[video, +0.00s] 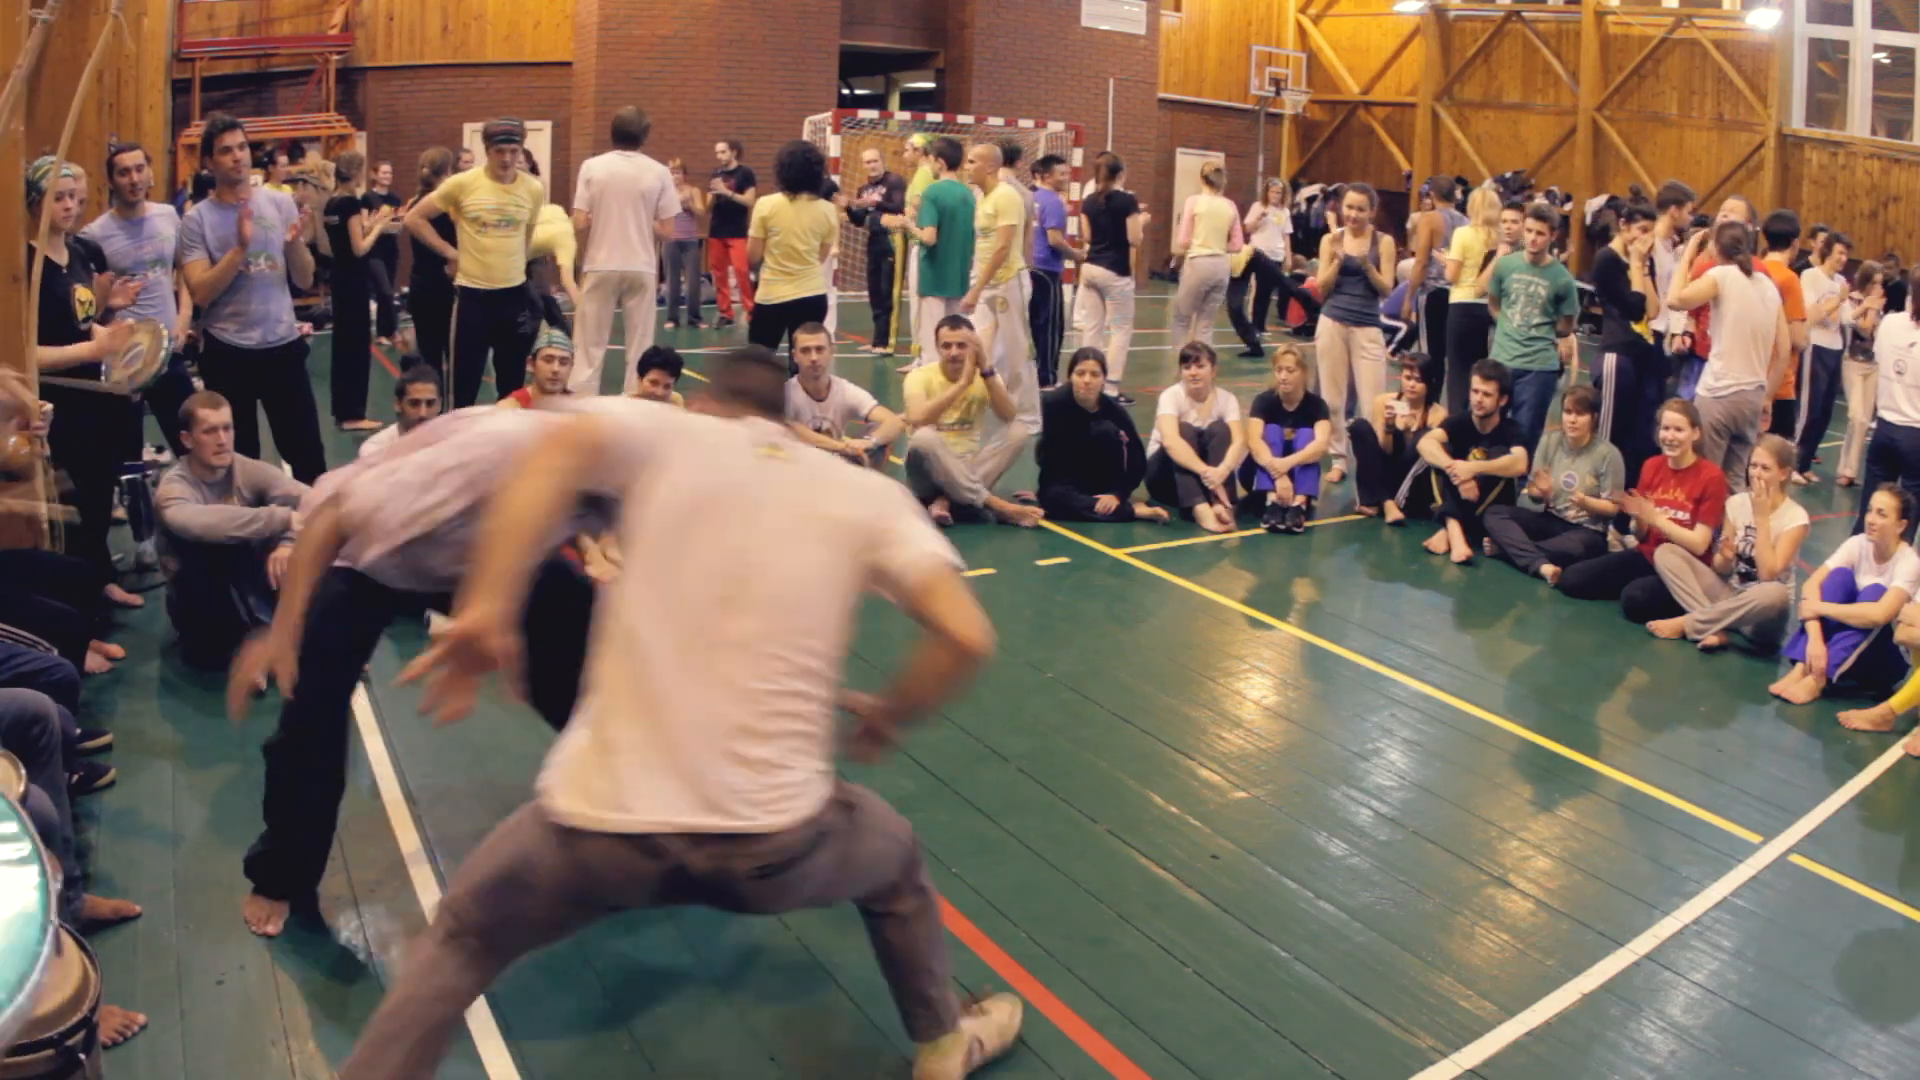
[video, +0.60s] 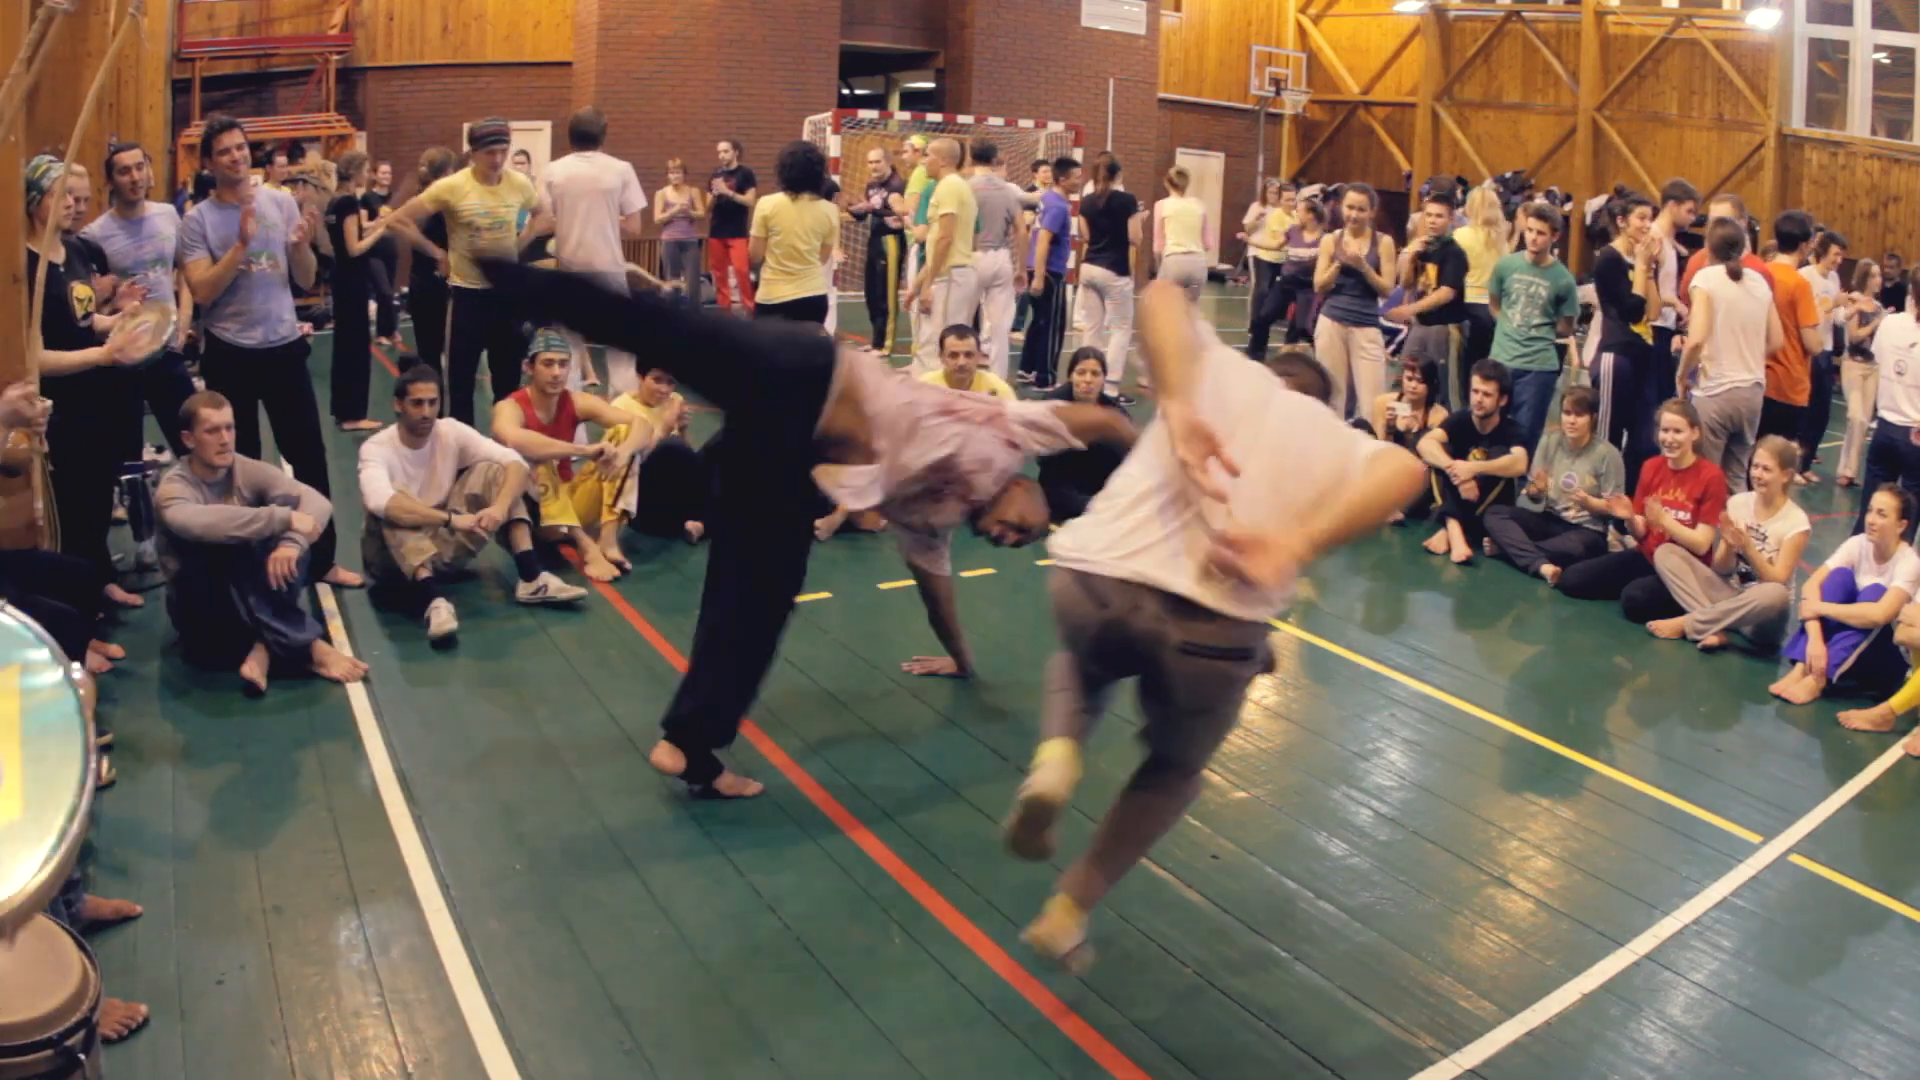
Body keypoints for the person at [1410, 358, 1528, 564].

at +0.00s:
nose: (1478, 399)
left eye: (1487, 395)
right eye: (1475, 392)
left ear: (1503, 400)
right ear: (1469, 392)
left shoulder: (1511, 428)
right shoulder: (1459, 420)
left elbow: (1520, 465)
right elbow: (1425, 444)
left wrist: (1473, 467)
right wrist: (1459, 475)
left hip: (1493, 511)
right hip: (1454, 506)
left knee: (1499, 456)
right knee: (1438, 455)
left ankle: (1449, 529)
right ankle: (1454, 530)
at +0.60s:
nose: (1478, 399)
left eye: (1487, 395)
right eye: (1475, 392)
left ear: (1502, 400)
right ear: (1469, 391)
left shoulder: (1510, 428)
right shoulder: (1460, 419)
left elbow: (1519, 464)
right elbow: (1426, 443)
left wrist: (1473, 468)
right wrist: (1459, 474)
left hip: (1492, 509)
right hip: (1454, 503)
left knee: (1499, 456)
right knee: (1438, 455)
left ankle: (1449, 527)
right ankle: (1454, 528)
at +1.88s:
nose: (1479, 399)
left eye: (1487, 395)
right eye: (1475, 392)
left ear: (1503, 400)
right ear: (1469, 391)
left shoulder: (1510, 429)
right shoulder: (1459, 421)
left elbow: (1519, 465)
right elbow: (1426, 443)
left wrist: (1472, 468)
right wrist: (1459, 475)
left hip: (1492, 508)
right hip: (1453, 501)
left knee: (1500, 457)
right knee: (1437, 455)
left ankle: (1450, 528)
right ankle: (1454, 528)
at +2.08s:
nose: (1479, 399)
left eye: (1487, 394)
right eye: (1475, 392)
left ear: (1502, 400)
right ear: (1469, 392)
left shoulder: (1510, 429)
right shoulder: (1459, 422)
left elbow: (1519, 464)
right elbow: (1425, 444)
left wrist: (1473, 467)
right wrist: (1458, 473)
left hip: (1493, 510)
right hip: (1454, 502)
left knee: (1501, 457)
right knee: (1438, 455)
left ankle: (1450, 529)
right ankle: (1453, 529)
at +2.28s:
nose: (1479, 399)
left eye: (1487, 395)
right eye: (1475, 392)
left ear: (1503, 400)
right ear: (1469, 392)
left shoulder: (1510, 429)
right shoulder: (1459, 422)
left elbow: (1519, 464)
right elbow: (1426, 443)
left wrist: (1473, 467)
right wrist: (1458, 473)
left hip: (1492, 512)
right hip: (1453, 503)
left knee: (1502, 457)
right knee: (1438, 457)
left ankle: (1450, 529)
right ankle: (1454, 529)